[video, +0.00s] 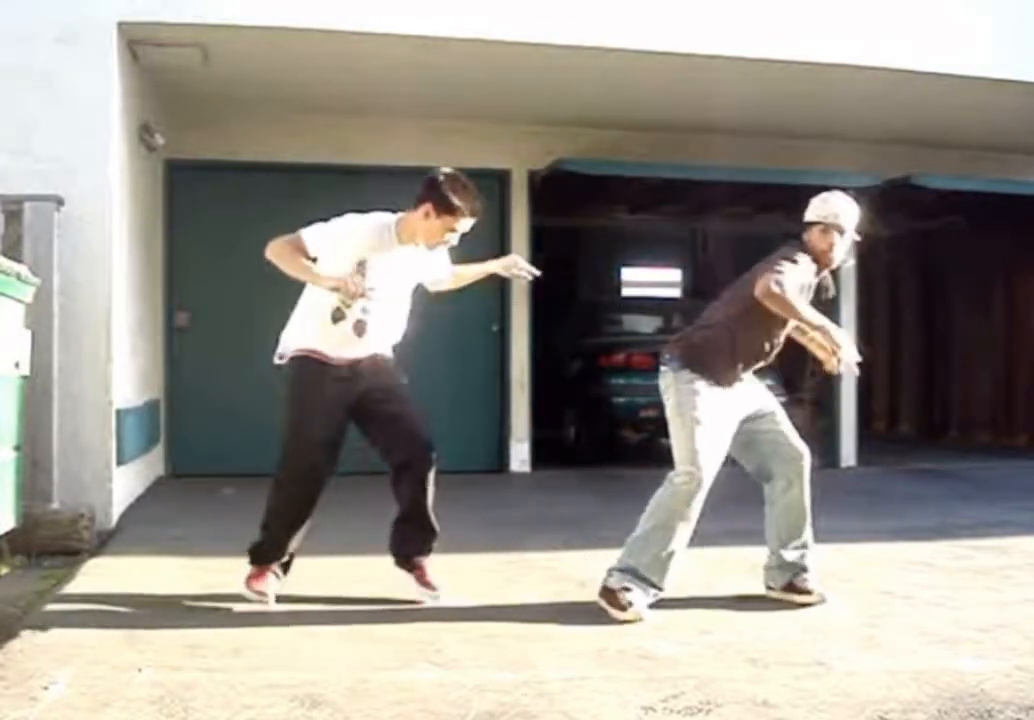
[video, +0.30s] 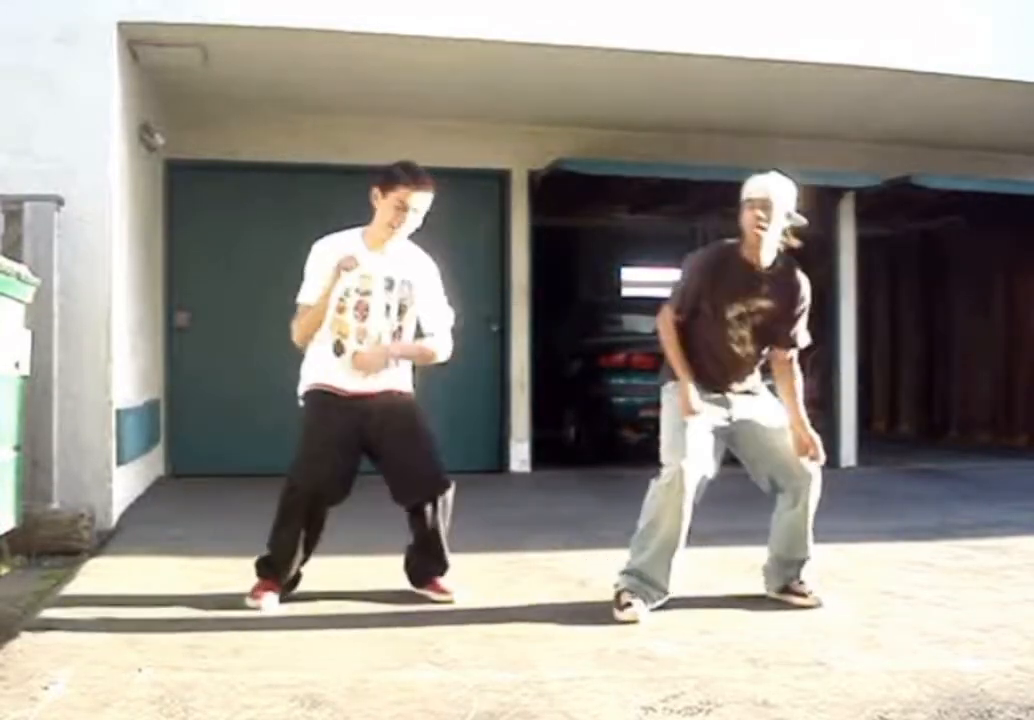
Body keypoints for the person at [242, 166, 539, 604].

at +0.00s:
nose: (448, 241)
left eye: (455, 234)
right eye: (448, 230)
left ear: (437, 216)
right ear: (425, 210)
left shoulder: (430, 251)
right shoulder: (361, 229)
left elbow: (441, 281)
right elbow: (278, 250)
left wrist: (495, 267)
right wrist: (327, 279)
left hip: (373, 364)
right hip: (318, 362)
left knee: (417, 453)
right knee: (307, 465)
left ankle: (413, 554)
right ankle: (266, 564)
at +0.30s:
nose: (406, 219)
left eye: (416, 211)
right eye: (400, 206)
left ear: (424, 214)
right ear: (377, 198)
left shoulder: (420, 266)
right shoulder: (329, 250)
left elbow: (441, 346)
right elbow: (301, 334)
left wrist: (389, 352)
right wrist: (331, 285)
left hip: (391, 396)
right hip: (330, 393)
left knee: (430, 485)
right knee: (310, 484)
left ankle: (427, 574)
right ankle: (272, 580)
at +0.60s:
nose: (342, 145)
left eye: (352, 137)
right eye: (335, 136)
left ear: (373, 142)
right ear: (327, 140)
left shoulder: (383, 197)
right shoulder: (310, 198)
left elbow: (376, 258)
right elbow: (264, 263)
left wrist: (299, 257)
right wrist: (298, 226)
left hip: (365, 366)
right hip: (309, 362)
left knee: (383, 477)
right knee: (271, 472)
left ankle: (428, 573)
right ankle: (267, 574)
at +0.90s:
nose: (342, 125)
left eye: (352, 117)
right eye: (335, 116)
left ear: (370, 124)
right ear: (323, 122)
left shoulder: (386, 183)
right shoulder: (307, 186)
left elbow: (390, 258)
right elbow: (293, 270)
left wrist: (317, 242)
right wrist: (286, 246)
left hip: (366, 349)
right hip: (307, 342)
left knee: (383, 470)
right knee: (274, 453)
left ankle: (419, 564)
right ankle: (269, 565)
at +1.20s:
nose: (413, 133)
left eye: (423, 125)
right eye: (406, 122)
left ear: (433, 128)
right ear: (385, 121)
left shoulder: (449, 182)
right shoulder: (362, 175)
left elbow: (502, 244)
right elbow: (317, 228)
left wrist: (490, 190)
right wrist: (289, 189)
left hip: (417, 341)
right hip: (358, 334)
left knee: (437, 463)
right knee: (325, 450)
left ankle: (478, 544)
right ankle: (290, 566)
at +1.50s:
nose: (443, 162)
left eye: (453, 153)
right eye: (435, 150)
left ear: (467, 155)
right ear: (420, 148)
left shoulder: (484, 212)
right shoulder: (394, 203)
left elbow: (542, 267)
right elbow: (346, 262)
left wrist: (545, 240)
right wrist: (316, 213)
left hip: (454, 370)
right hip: (391, 360)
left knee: (474, 478)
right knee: (351, 472)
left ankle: (496, 568)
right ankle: (303, 580)